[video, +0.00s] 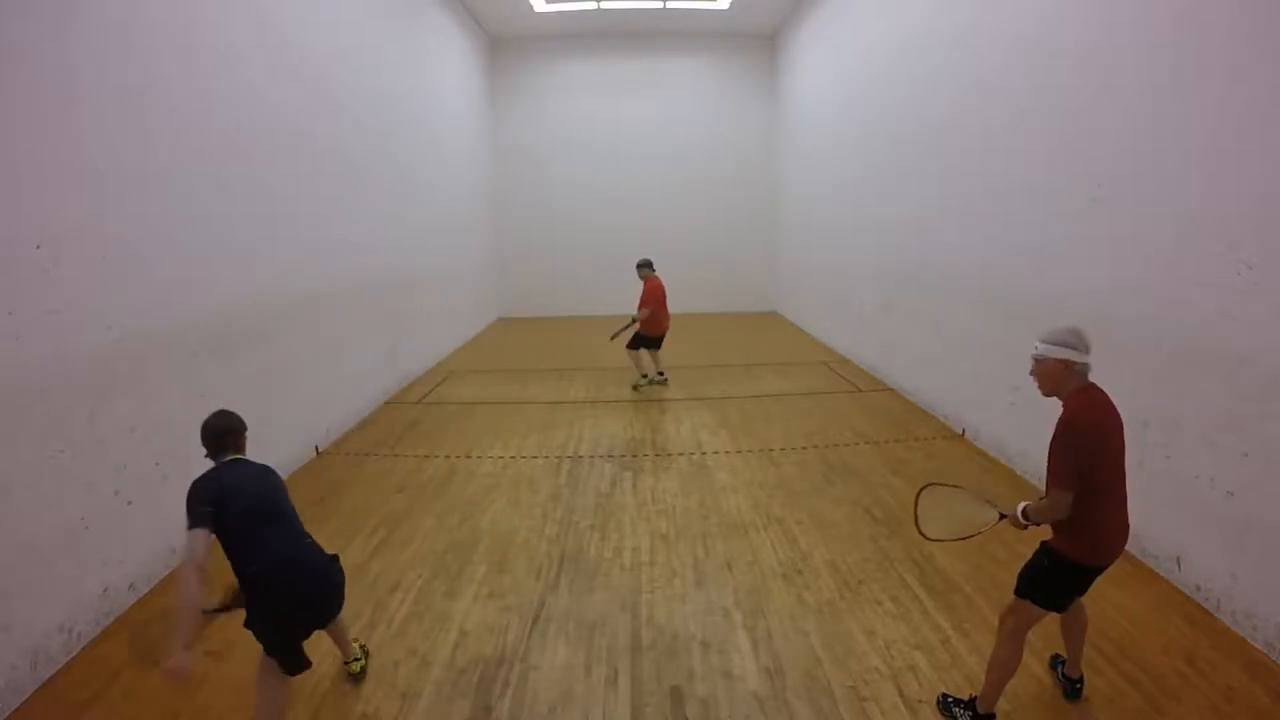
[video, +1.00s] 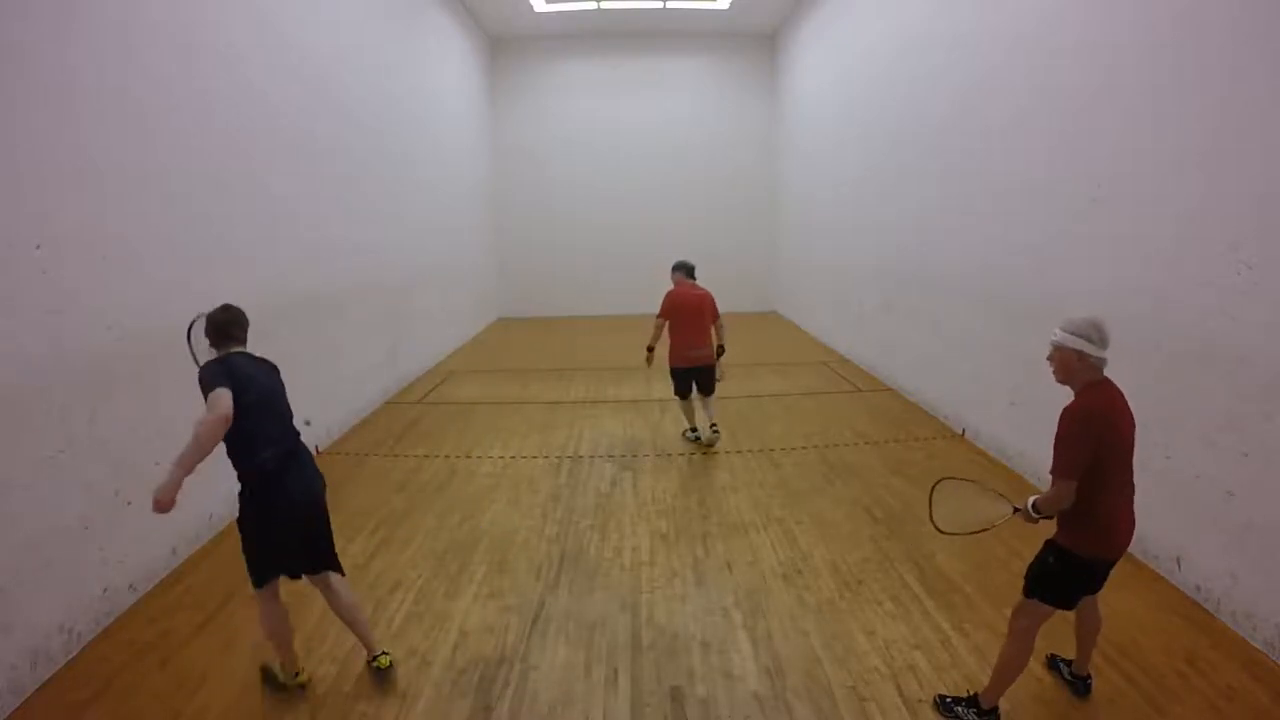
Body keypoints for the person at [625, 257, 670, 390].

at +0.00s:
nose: (639, 274)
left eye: (640, 271)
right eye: (638, 271)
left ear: (647, 270)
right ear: (650, 270)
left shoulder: (651, 285)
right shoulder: (656, 282)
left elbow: (647, 308)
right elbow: (651, 304)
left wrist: (637, 317)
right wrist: (641, 314)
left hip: (651, 327)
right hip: (661, 326)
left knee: (631, 348)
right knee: (652, 347)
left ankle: (643, 376)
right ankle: (660, 374)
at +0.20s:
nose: (648, 271)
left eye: (649, 268)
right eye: (648, 268)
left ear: (655, 268)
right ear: (663, 267)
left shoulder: (651, 285)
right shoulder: (669, 282)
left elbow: (639, 306)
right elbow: (662, 303)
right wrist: (648, 313)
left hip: (655, 333)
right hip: (671, 330)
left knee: (651, 361)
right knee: (663, 353)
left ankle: (662, 390)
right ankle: (667, 379)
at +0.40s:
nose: (660, 268)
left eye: (662, 265)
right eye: (661, 265)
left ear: (670, 265)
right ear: (677, 266)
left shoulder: (662, 281)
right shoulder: (682, 281)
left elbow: (648, 302)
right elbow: (675, 307)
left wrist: (662, 311)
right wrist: (658, 327)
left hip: (663, 333)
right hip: (682, 332)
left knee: (658, 363)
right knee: (681, 365)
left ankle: (661, 393)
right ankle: (691, 398)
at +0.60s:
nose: (665, 279)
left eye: (666, 275)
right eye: (665, 275)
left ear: (672, 273)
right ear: (682, 273)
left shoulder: (667, 289)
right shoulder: (694, 290)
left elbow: (655, 313)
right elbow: (702, 313)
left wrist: (669, 323)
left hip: (672, 343)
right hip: (693, 342)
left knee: (667, 376)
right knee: (689, 371)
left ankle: (679, 404)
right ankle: (693, 404)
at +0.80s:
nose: (667, 282)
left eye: (668, 278)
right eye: (666, 278)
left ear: (675, 276)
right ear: (685, 276)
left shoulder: (668, 294)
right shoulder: (700, 293)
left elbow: (655, 323)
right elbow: (716, 315)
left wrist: (663, 336)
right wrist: (727, 334)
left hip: (678, 352)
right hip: (700, 350)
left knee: (682, 391)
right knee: (698, 378)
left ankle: (693, 429)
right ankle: (699, 409)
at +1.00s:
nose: (672, 280)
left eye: (673, 276)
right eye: (672, 276)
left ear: (680, 275)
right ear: (692, 276)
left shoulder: (672, 295)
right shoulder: (706, 295)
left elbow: (660, 324)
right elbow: (718, 323)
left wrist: (650, 347)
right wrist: (721, 345)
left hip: (680, 360)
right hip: (705, 359)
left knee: (684, 397)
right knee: (706, 394)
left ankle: (693, 430)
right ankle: (713, 425)